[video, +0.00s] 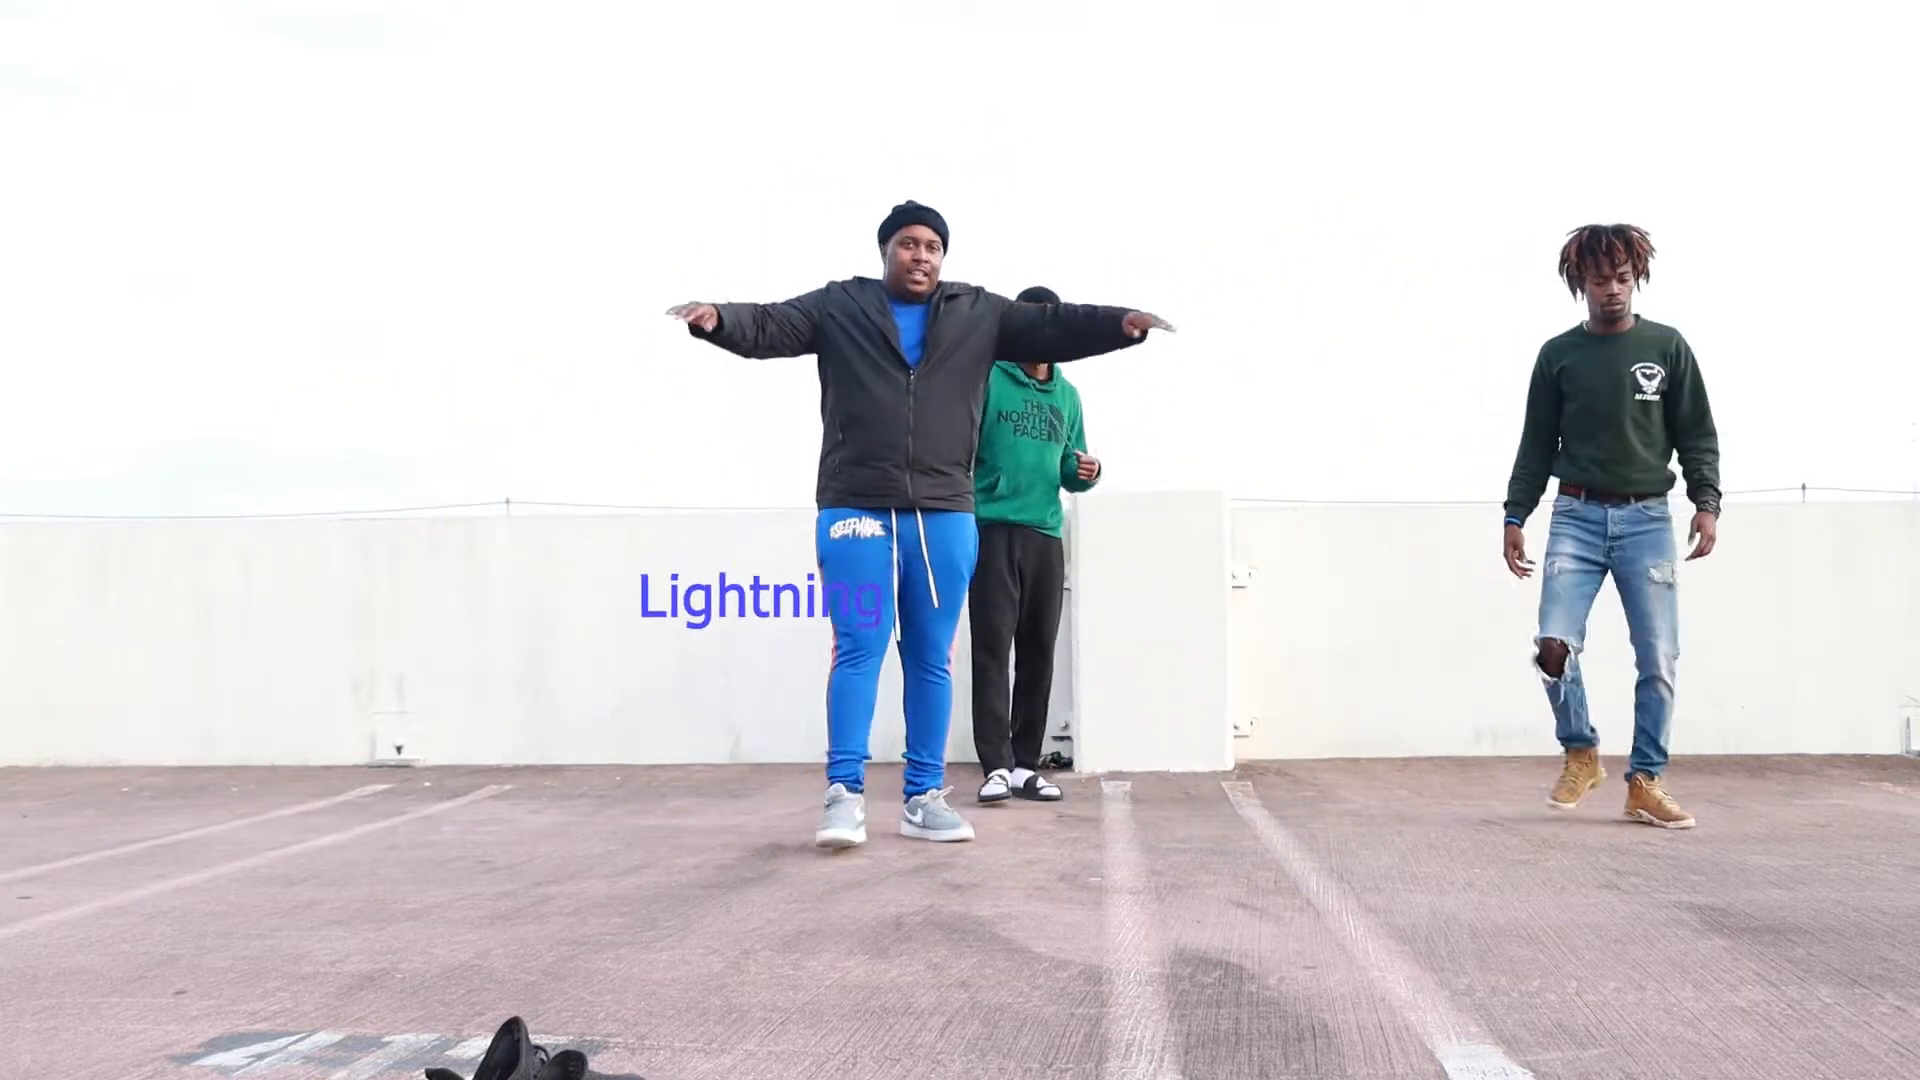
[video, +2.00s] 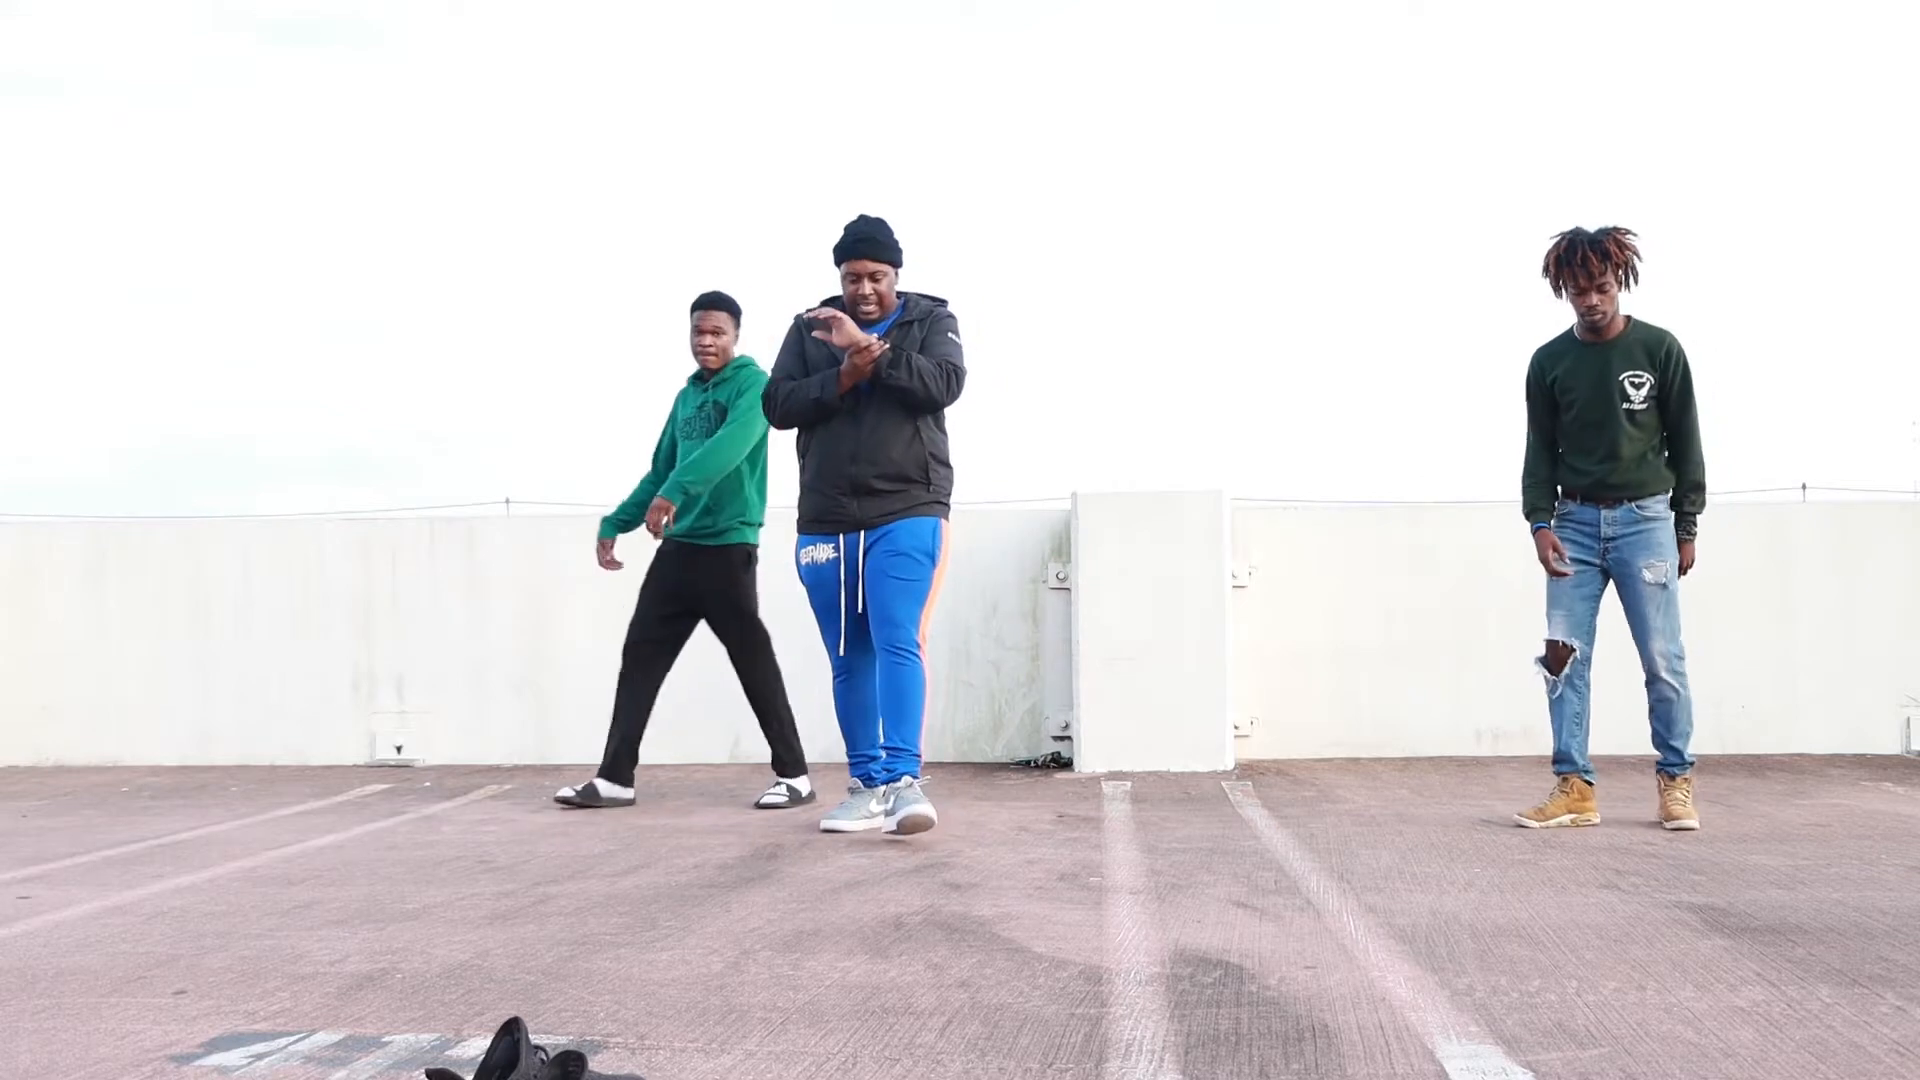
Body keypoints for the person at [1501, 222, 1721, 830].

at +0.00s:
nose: (1612, 289)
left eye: (1622, 277)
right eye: (1599, 279)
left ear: (1637, 277)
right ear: (1580, 282)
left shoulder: (1667, 347)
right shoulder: (1557, 354)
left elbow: (1696, 431)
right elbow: (1537, 443)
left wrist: (1705, 503)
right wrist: (1514, 516)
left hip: (1648, 517)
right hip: (1575, 516)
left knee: (1660, 657)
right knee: (1553, 648)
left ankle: (1646, 781)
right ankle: (1579, 754)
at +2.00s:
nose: (1588, 301)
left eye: (1597, 287)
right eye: (1576, 291)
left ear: (1620, 283)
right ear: (1563, 292)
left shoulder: (1659, 349)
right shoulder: (1547, 361)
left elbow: (1685, 441)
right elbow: (1539, 450)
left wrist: (1686, 525)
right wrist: (1540, 523)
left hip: (1645, 518)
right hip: (1571, 521)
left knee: (1662, 656)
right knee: (1563, 653)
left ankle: (1675, 781)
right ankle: (1573, 786)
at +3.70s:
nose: (1507, 317)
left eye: (1517, 304)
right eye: (1496, 308)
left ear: (1542, 297)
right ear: (1486, 309)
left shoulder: (1586, 357)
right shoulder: (1484, 374)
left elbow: (1638, 432)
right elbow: (1478, 464)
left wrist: (1605, 502)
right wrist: (1463, 535)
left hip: (1571, 528)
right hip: (1505, 530)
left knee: (1585, 659)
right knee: (1490, 654)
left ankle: (1625, 782)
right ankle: (1499, 778)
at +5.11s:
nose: (1486, 310)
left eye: (1497, 297)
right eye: (1476, 299)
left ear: (1522, 292)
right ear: (1466, 299)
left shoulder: (1559, 342)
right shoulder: (1455, 352)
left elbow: (1591, 426)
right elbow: (1442, 435)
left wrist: (1593, 505)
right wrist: (1431, 506)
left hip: (1543, 518)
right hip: (1474, 518)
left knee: (1540, 654)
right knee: (1459, 641)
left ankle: (1534, 775)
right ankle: (1495, 762)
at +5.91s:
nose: (1464, 312)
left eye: (1475, 299)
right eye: (1456, 302)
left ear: (1507, 291)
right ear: (1451, 300)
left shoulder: (1546, 342)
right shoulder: (1453, 358)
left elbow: (1563, 428)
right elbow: (1443, 437)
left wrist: (1518, 459)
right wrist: (1430, 511)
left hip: (1532, 516)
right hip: (1471, 520)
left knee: (1531, 641)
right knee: (1479, 651)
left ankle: (1555, 771)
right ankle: (1502, 774)